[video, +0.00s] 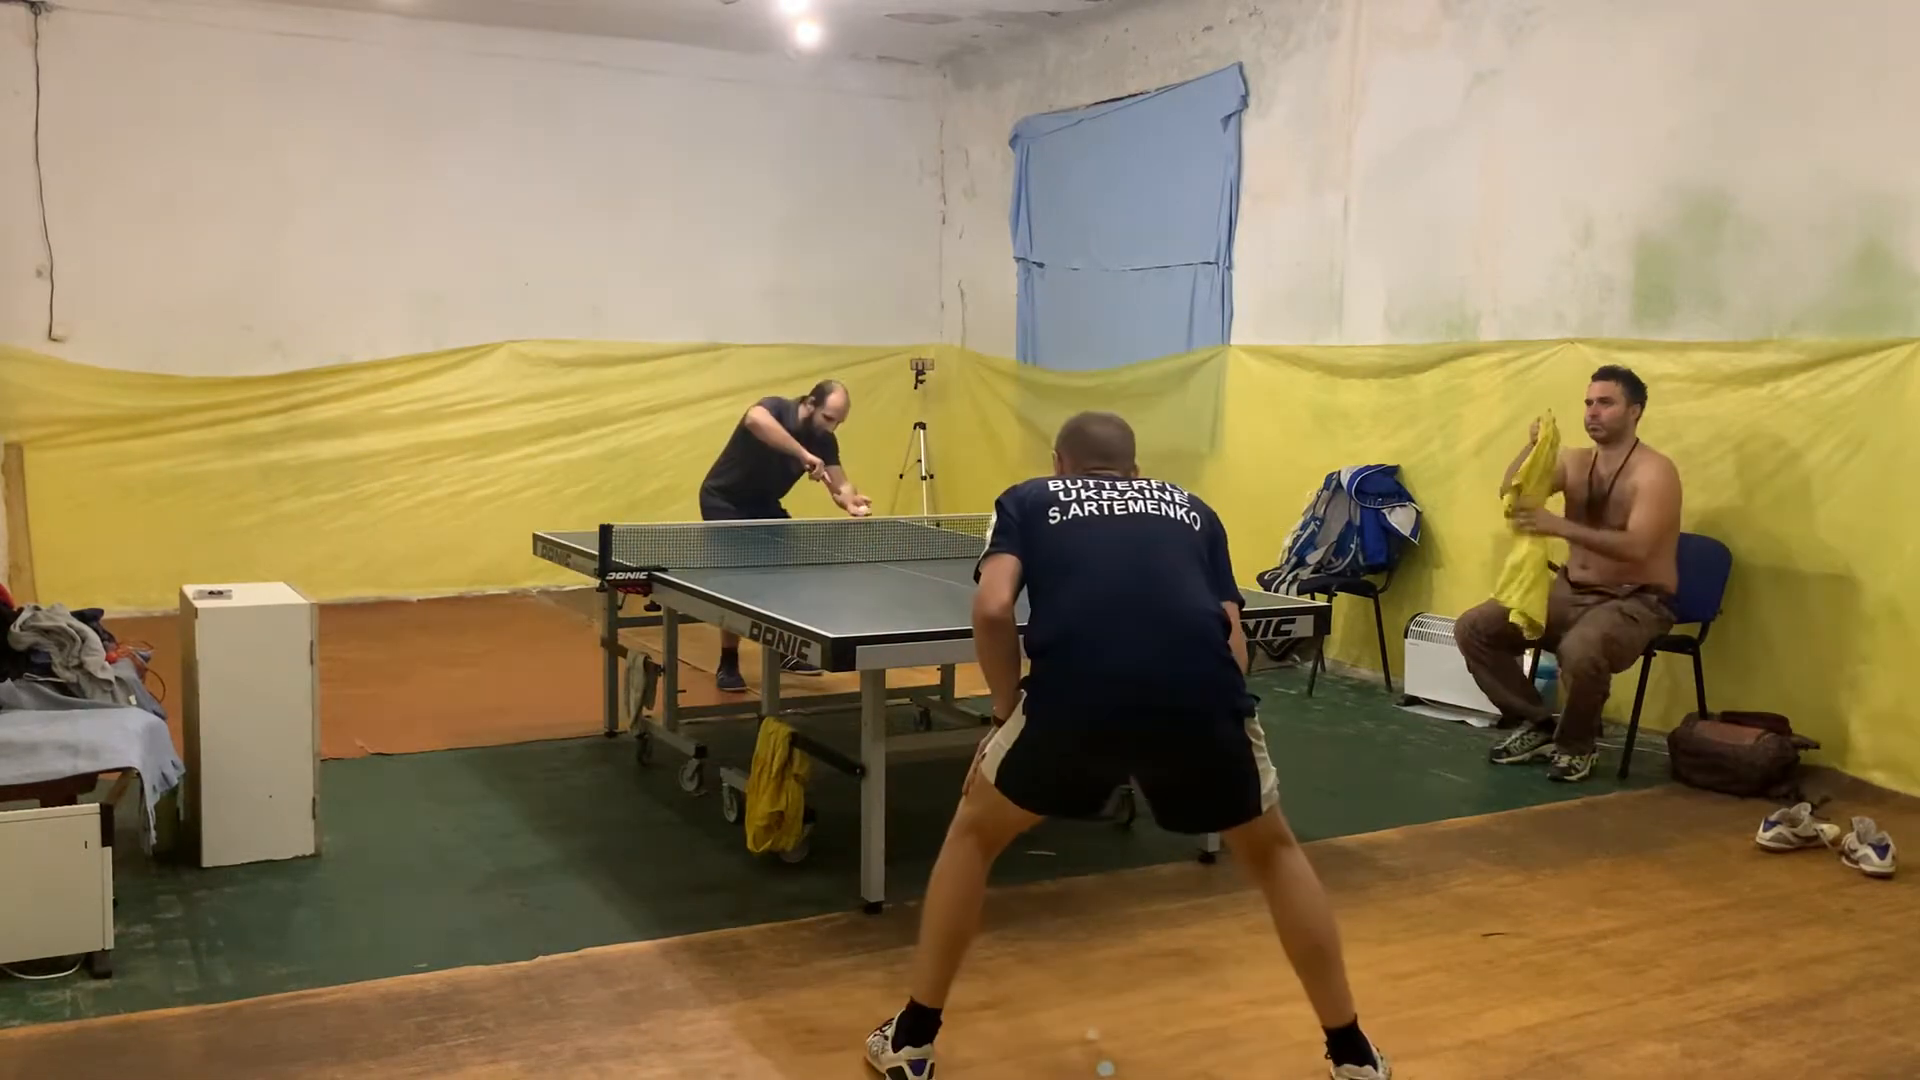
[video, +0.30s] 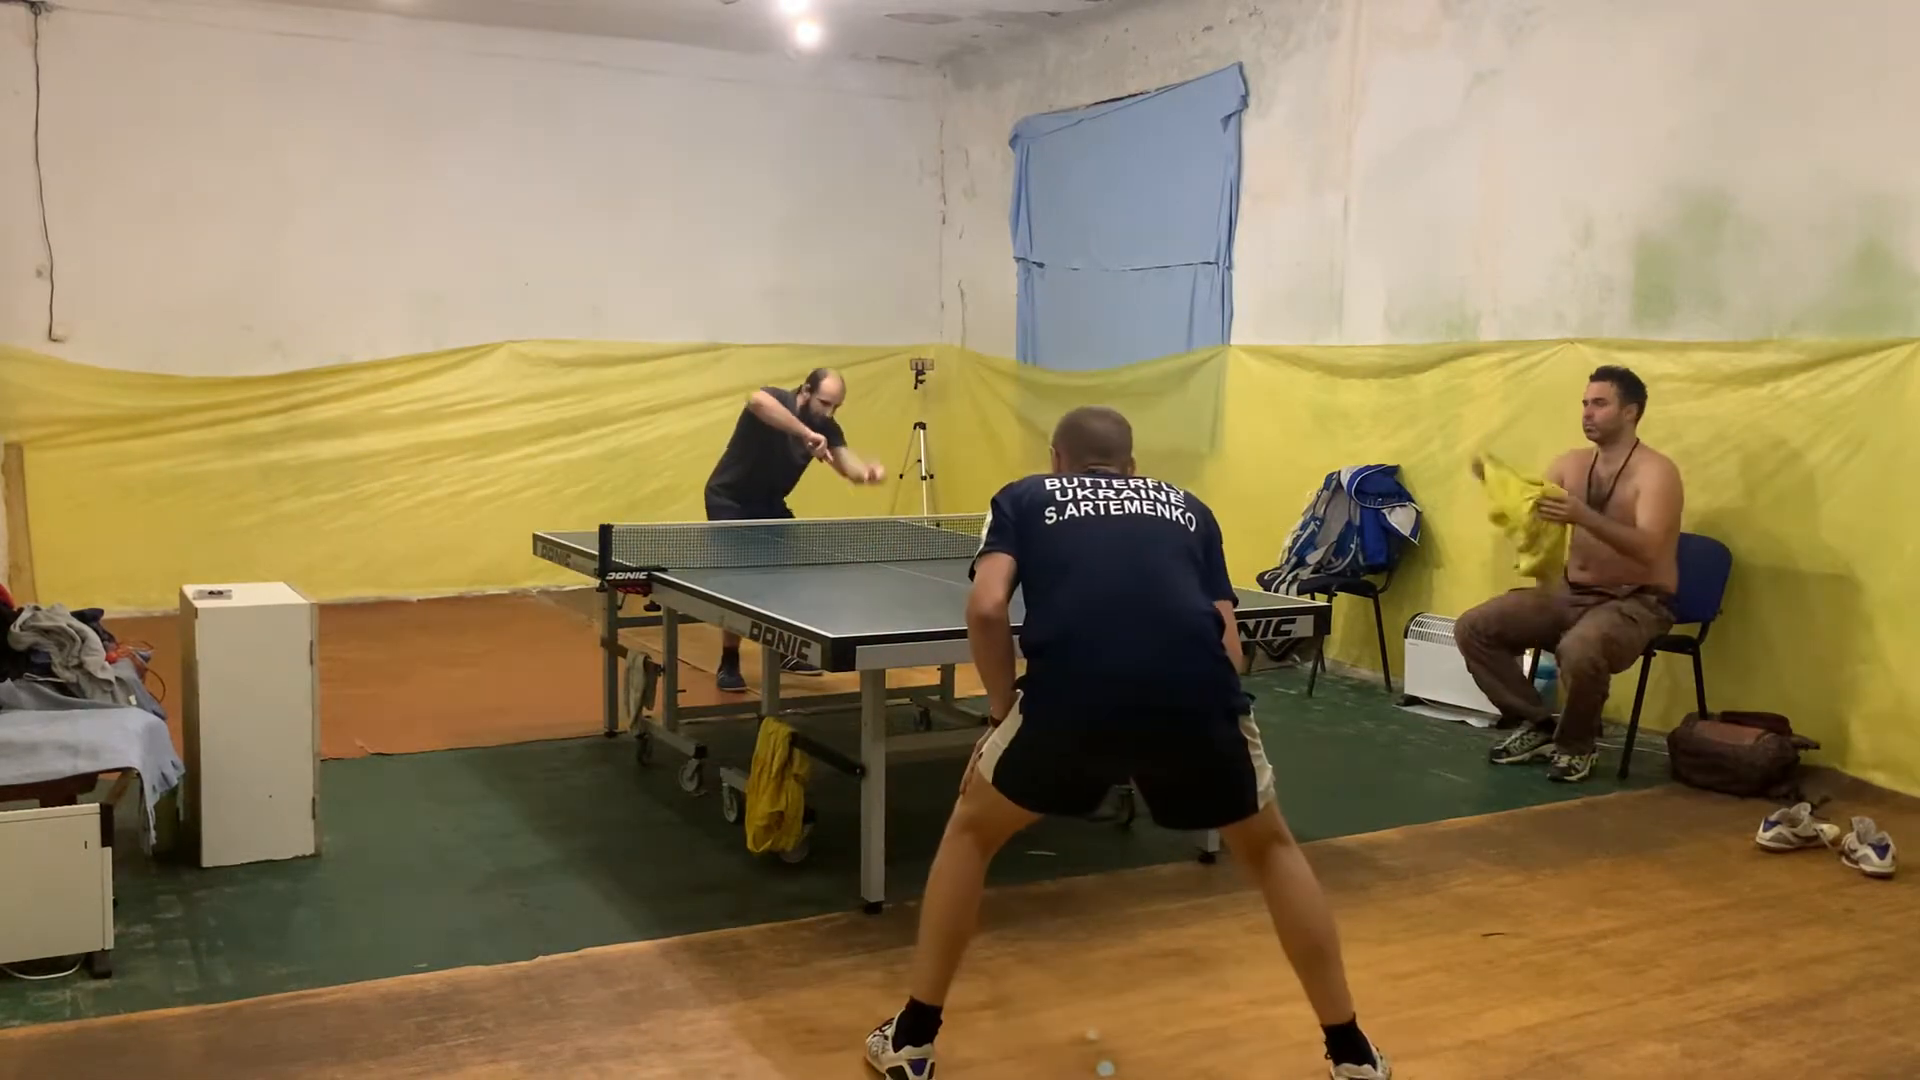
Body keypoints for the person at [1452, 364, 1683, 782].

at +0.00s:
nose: (1592, 412)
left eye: (1605, 404)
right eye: (1589, 403)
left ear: (1635, 411)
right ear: (1584, 408)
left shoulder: (1655, 472)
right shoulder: (1573, 462)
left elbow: (1639, 548)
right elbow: (1513, 492)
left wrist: (1557, 526)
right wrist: (1534, 449)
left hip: (1637, 601)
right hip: (1572, 593)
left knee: (1580, 651)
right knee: (1474, 630)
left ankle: (1577, 746)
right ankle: (1535, 722)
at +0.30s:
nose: (1587, 413)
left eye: (1599, 404)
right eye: (1585, 404)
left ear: (1632, 412)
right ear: (1582, 408)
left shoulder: (1656, 473)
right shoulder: (1569, 465)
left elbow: (1650, 550)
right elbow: (1531, 526)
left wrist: (1581, 516)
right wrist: (1497, 482)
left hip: (1637, 601)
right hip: (1571, 594)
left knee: (1579, 650)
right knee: (1474, 629)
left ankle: (1577, 745)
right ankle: (1535, 722)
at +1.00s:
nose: (1578, 415)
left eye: (1589, 406)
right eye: (1578, 406)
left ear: (1624, 412)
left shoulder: (1655, 472)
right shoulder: (1572, 467)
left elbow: (1652, 550)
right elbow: (1545, 537)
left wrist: (1586, 519)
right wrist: (1510, 519)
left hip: (1636, 601)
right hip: (1568, 594)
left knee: (1579, 651)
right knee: (1475, 629)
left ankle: (1576, 745)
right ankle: (1535, 722)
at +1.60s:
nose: (1577, 417)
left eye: (1588, 408)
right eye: (1576, 409)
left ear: (1623, 413)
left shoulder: (1656, 474)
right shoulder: (1568, 471)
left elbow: (1663, 552)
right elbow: (1555, 546)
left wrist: (1597, 522)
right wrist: (1537, 539)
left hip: (1637, 600)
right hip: (1571, 592)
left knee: (1579, 650)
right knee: (1475, 629)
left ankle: (1577, 746)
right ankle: (1534, 721)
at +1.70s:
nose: (1577, 418)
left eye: (1588, 408)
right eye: (1575, 409)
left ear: (1622, 413)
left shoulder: (1655, 473)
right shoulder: (1570, 470)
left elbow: (1674, 551)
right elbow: (1545, 532)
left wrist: (1608, 531)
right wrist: (1533, 535)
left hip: (1638, 599)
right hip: (1572, 592)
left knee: (1579, 650)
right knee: (1475, 629)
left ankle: (1577, 746)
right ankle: (1534, 721)